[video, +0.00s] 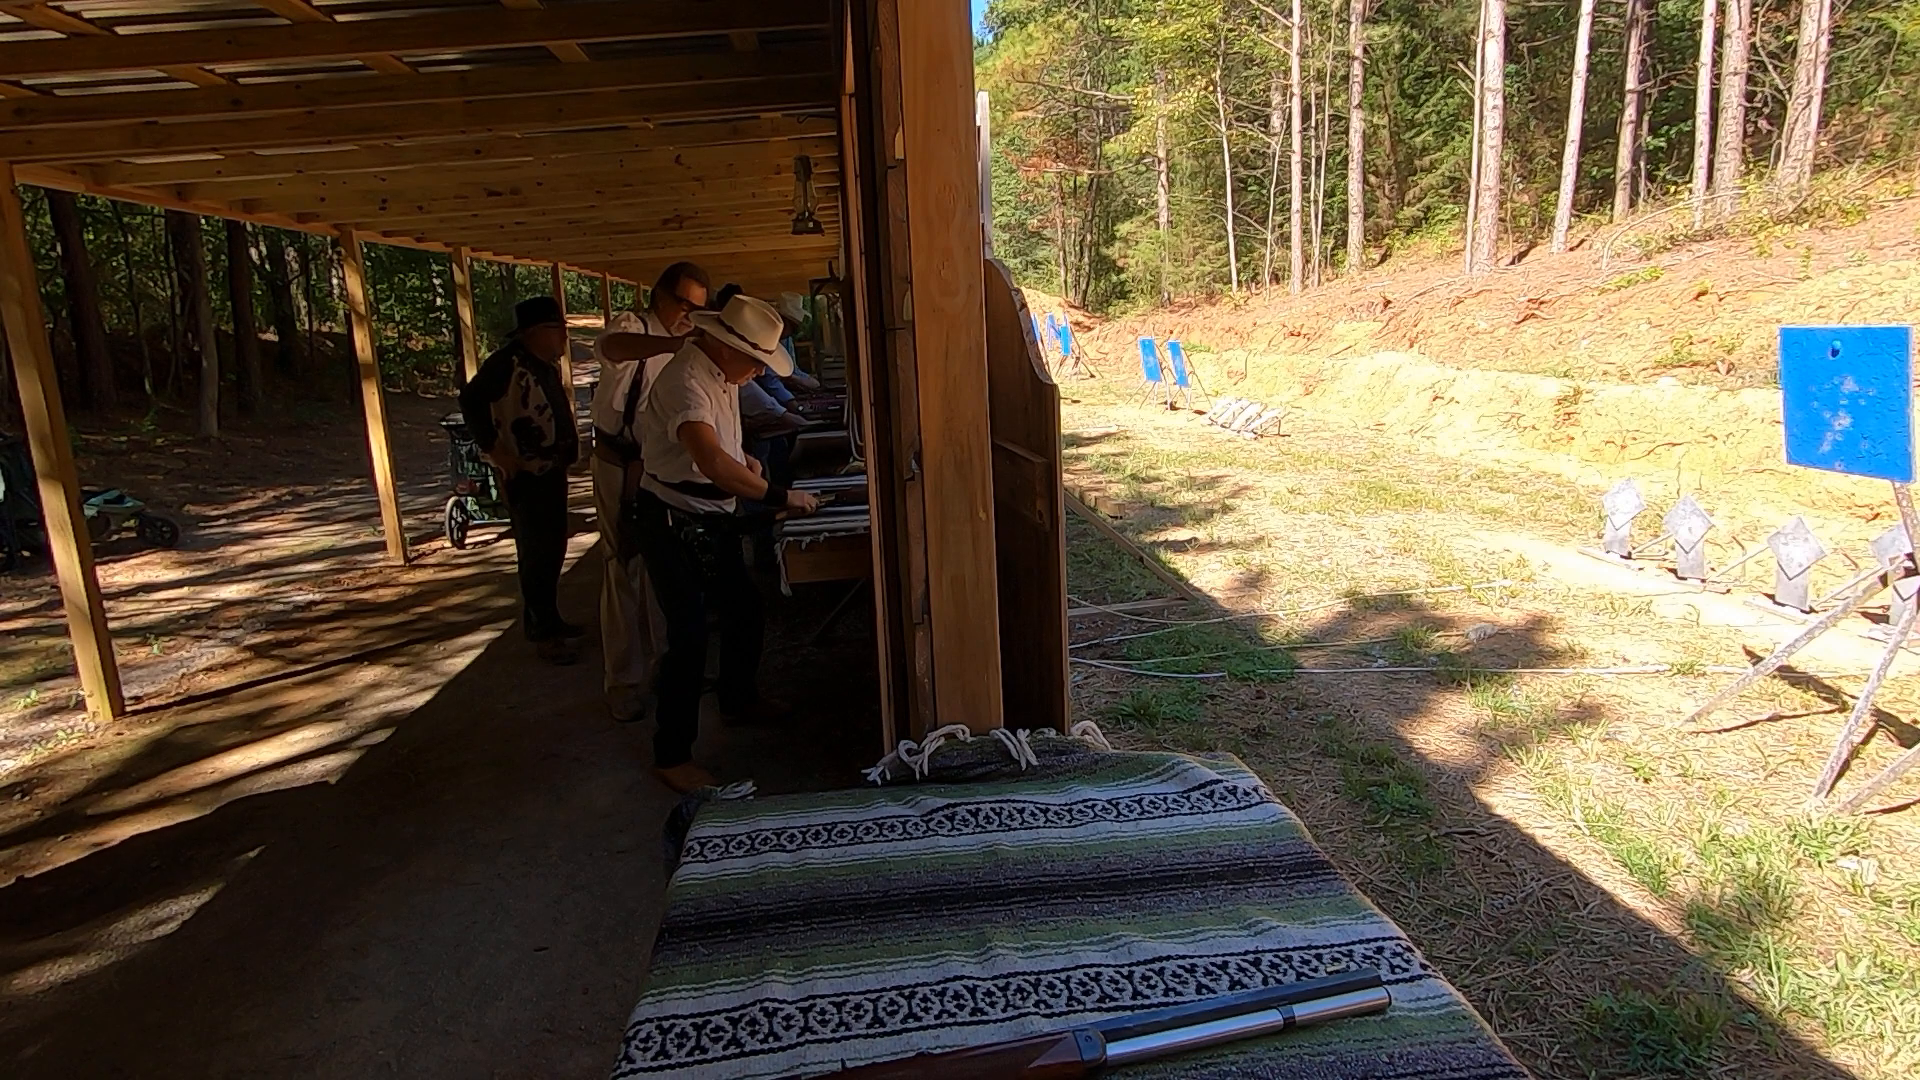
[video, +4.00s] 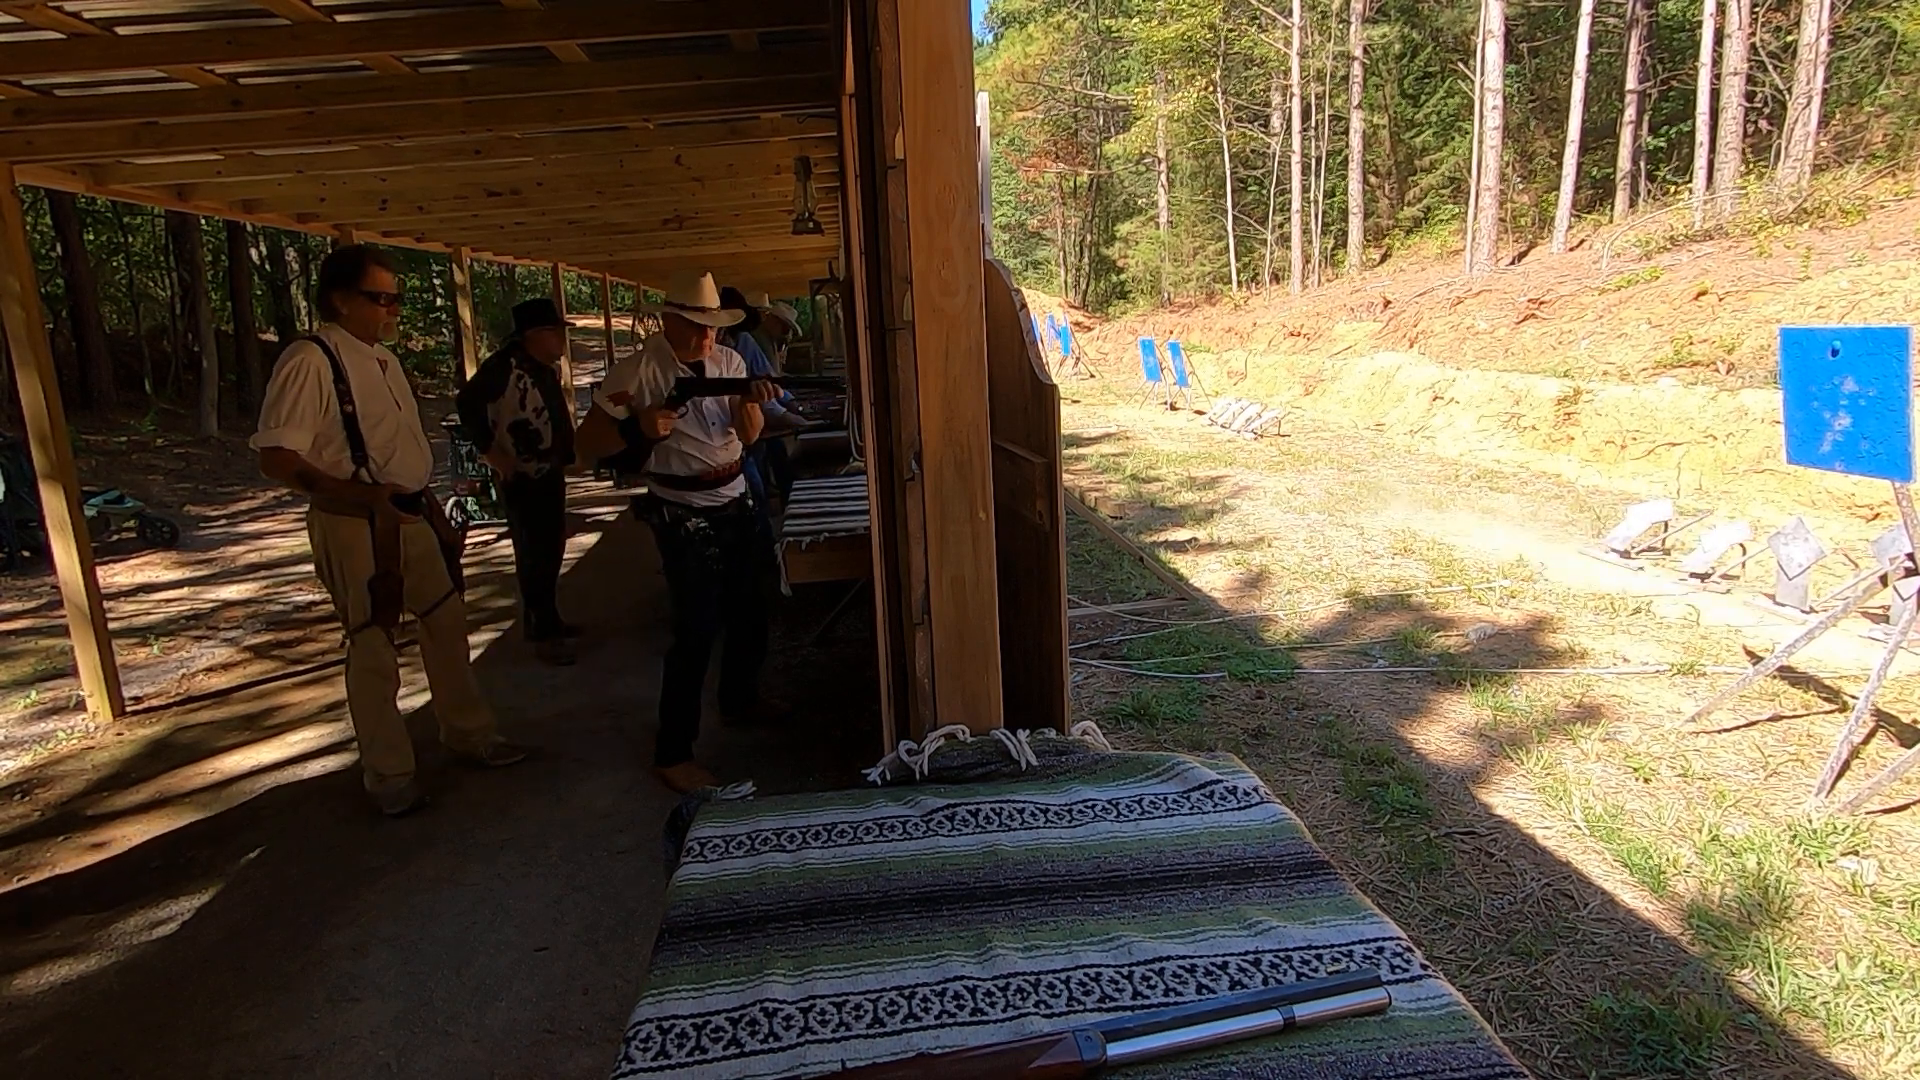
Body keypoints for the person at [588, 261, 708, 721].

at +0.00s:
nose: (689, 314)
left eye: (696, 309)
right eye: (683, 304)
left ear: (699, 311)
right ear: (659, 295)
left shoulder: (690, 344)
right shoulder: (631, 325)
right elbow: (608, 347)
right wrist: (674, 345)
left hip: (667, 461)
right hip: (618, 462)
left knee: (669, 563)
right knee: (624, 569)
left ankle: (670, 665)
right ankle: (624, 682)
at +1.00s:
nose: (655, 312)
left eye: (661, 305)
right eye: (648, 303)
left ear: (665, 305)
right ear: (621, 296)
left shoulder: (661, 343)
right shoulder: (594, 331)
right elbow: (562, 362)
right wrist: (631, 348)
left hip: (650, 471)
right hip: (595, 472)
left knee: (657, 574)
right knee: (581, 576)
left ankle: (667, 665)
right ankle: (557, 687)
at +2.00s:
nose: (513, 311)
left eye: (518, 303)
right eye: (502, 303)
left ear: (522, 305)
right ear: (470, 306)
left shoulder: (547, 363)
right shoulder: (438, 365)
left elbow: (571, 433)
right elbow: (419, 441)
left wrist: (598, 496)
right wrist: (457, 457)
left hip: (537, 492)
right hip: (480, 496)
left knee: (531, 600)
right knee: (505, 603)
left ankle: (513, 724)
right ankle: (543, 688)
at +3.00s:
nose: (464, 350)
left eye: (471, 341)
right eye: (459, 336)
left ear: (469, 334)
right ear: (424, 315)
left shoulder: (451, 370)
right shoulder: (366, 357)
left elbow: (463, 453)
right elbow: (318, 445)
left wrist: (489, 523)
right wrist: (403, 485)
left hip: (438, 515)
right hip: (374, 518)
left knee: (475, 617)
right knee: (381, 643)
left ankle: (506, 729)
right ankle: (392, 779)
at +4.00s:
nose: (392, 308)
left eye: (395, 298)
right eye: (381, 298)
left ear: (390, 300)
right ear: (340, 300)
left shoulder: (384, 358)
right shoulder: (309, 358)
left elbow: (401, 445)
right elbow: (274, 456)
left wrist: (432, 507)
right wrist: (353, 494)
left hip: (410, 512)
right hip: (352, 520)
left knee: (446, 622)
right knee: (372, 645)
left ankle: (471, 737)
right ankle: (388, 778)